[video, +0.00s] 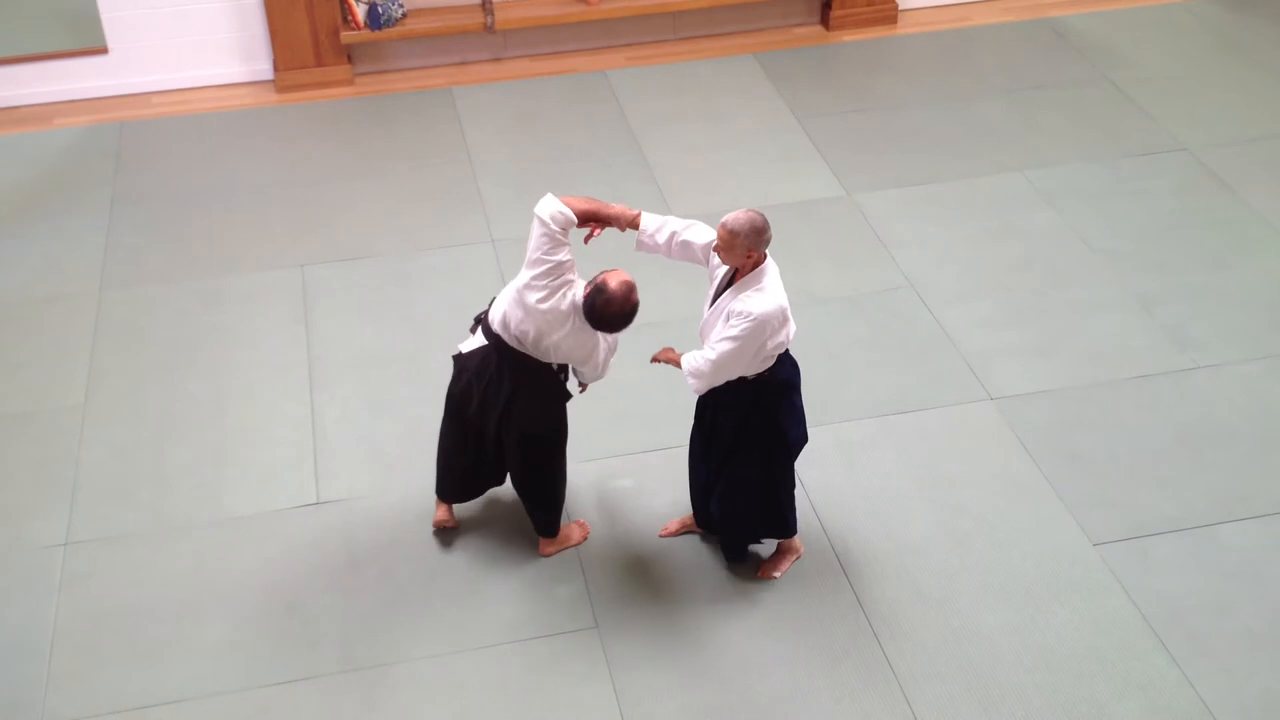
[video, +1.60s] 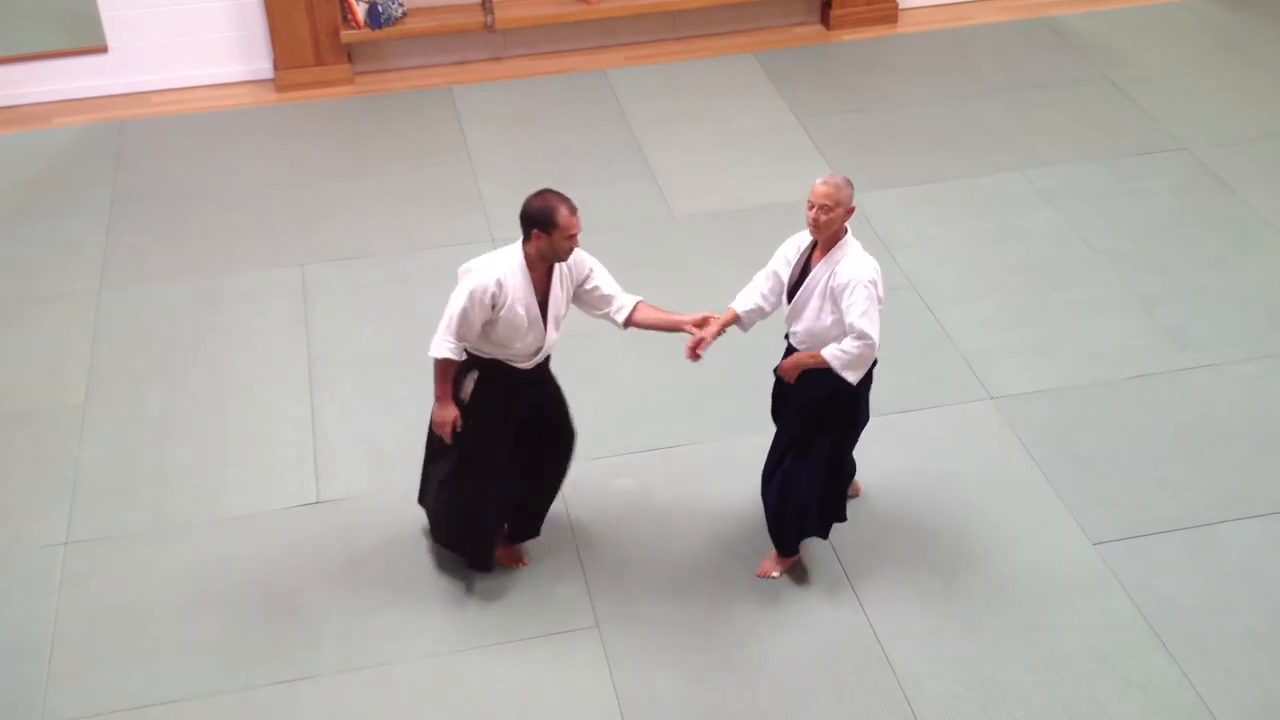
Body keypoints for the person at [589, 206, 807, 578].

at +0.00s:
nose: (715, 248)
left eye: (723, 246)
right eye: (717, 241)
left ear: (751, 257)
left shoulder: (760, 309)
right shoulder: (729, 255)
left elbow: (713, 365)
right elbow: (679, 233)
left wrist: (677, 358)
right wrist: (624, 218)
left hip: (762, 392)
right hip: (727, 380)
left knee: (768, 469)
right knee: (710, 452)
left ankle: (788, 542)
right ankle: (706, 515)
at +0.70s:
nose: (737, 239)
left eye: (748, 234)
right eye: (735, 229)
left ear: (774, 237)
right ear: (731, 223)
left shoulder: (782, 299)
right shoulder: (726, 253)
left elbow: (768, 373)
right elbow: (678, 247)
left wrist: (714, 396)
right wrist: (624, 232)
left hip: (774, 396)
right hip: (729, 376)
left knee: (774, 471)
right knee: (708, 450)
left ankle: (789, 543)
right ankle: (707, 516)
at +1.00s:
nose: (760, 242)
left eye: (771, 236)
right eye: (758, 232)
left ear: (797, 240)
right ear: (754, 229)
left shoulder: (804, 303)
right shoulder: (752, 263)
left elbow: (812, 378)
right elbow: (704, 272)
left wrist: (769, 417)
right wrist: (652, 269)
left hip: (794, 401)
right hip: (754, 382)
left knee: (779, 478)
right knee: (723, 442)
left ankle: (788, 544)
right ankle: (709, 509)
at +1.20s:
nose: (777, 239)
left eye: (788, 233)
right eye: (774, 229)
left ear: (813, 237)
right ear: (770, 226)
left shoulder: (820, 299)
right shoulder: (764, 266)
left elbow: (831, 373)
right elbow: (720, 298)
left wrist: (789, 410)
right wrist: (658, 314)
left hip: (806, 402)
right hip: (765, 384)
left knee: (784, 479)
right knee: (741, 453)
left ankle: (781, 560)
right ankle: (757, 526)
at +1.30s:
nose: (785, 236)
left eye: (797, 230)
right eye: (783, 226)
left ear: (821, 235)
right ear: (778, 224)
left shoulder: (829, 295)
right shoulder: (773, 264)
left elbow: (839, 370)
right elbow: (731, 303)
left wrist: (792, 404)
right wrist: (673, 324)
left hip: (807, 402)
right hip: (769, 384)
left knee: (786, 479)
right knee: (761, 460)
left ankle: (780, 559)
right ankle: (788, 530)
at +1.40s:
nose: (794, 231)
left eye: (805, 225)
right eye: (792, 221)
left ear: (829, 230)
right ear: (787, 219)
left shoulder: (837, 290)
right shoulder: (780, 261)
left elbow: (845, 363)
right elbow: (739, 303)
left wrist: (794, 393)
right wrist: (685, 326)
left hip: (812, 399)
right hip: (775, 379)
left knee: (783, 479)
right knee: (776, 445)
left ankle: (781, 557)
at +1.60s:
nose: (814, 215)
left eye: (824, 209)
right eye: (810, 205)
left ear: (847, 213)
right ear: (806, 204)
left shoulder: (858, 271)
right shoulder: (798, 246)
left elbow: (863, 344)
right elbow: (764, 289)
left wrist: (805, 360)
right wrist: (720, 323)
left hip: (834, 380)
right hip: (796, 367)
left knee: (789, 466)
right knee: (809, 434)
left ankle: (786, 551)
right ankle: (841, 482)